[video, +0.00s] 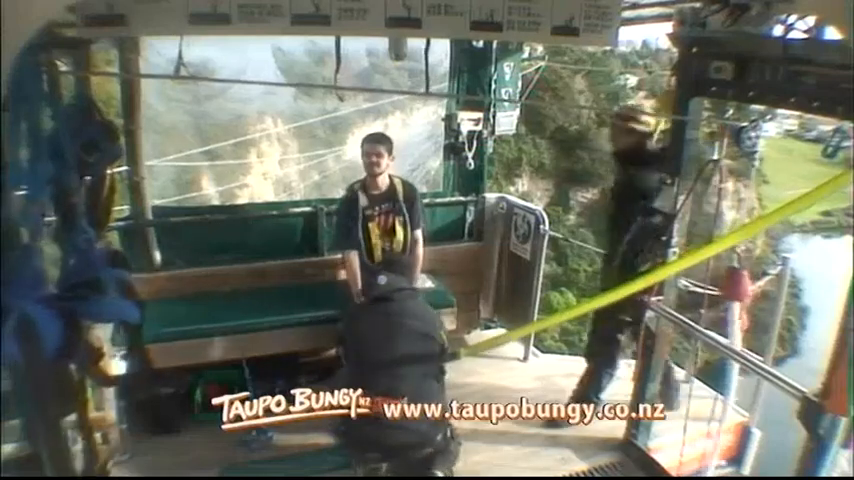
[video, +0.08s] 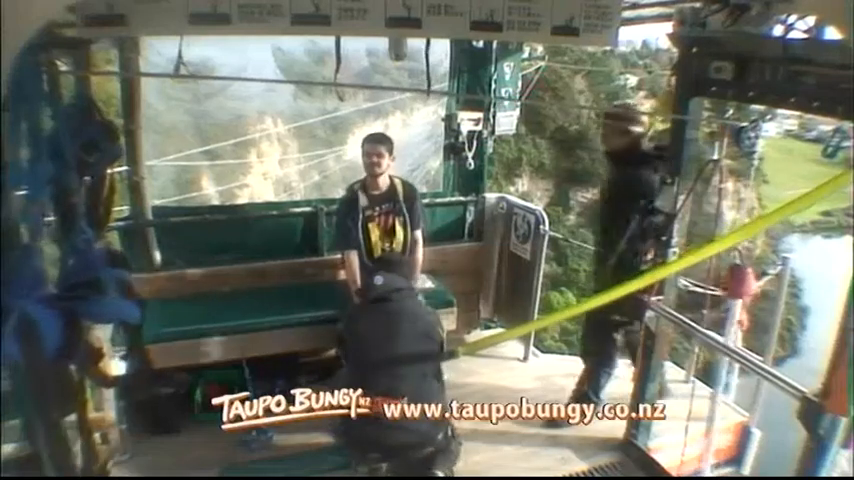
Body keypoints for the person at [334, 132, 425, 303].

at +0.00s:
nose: (372, 160)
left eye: (378, 155)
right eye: (368, 155)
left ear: (390, 159)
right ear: (362, 159)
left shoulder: (408, 192)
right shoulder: (352, 197)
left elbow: (417, 239)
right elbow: (350, 250)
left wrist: (413, 283)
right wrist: (358, 295)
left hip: (403, 278)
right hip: (368, 280)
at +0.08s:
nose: (373, 160)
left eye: (379, 155)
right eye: (368, 156)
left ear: (391, 159)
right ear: (362, 159)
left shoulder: (408, 192)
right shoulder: (351, 199)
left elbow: (417, 239)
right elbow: (349, 251)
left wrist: (414, 281)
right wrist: (357, 294)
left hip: (403, 278)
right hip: (368, 280)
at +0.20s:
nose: (375, 161)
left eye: (381, 156)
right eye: (369, 156)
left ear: (392, 160)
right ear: (363, 159)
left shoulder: (408, 192)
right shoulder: (351, 199)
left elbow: (417, 240)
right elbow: (350, 251)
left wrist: (413, 285)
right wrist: (357, 294)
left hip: (403, 279)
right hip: (368, 280)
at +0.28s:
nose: (375, 162)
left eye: (381, 157)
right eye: (370, 157)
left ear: (393, 160)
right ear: (364, 160)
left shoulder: (408, 193)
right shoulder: (352, 199)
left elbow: (417, 241)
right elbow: (350, 251)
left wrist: (412, 285)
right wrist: (356, 296)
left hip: (403, 276)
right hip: (368, 280)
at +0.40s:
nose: (376, 163)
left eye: (382, 157)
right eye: (370, 157)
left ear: (393, 161)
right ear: (364, 160)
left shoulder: (408, 193)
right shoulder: (351, 199)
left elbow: (417, 239)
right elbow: (349, 252)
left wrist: (414, 280)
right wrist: (356, 299)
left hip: (403, 278)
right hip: (368, 280)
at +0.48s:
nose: (376, 163)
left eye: (382, 157)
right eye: (370, 158)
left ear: (393, 160)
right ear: (364, 160)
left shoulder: (408, 193)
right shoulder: (351, 200)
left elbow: (417, 240)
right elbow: (349, 254)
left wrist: (414, 281)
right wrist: (357, 301)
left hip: (403, 280)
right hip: (367, 283)